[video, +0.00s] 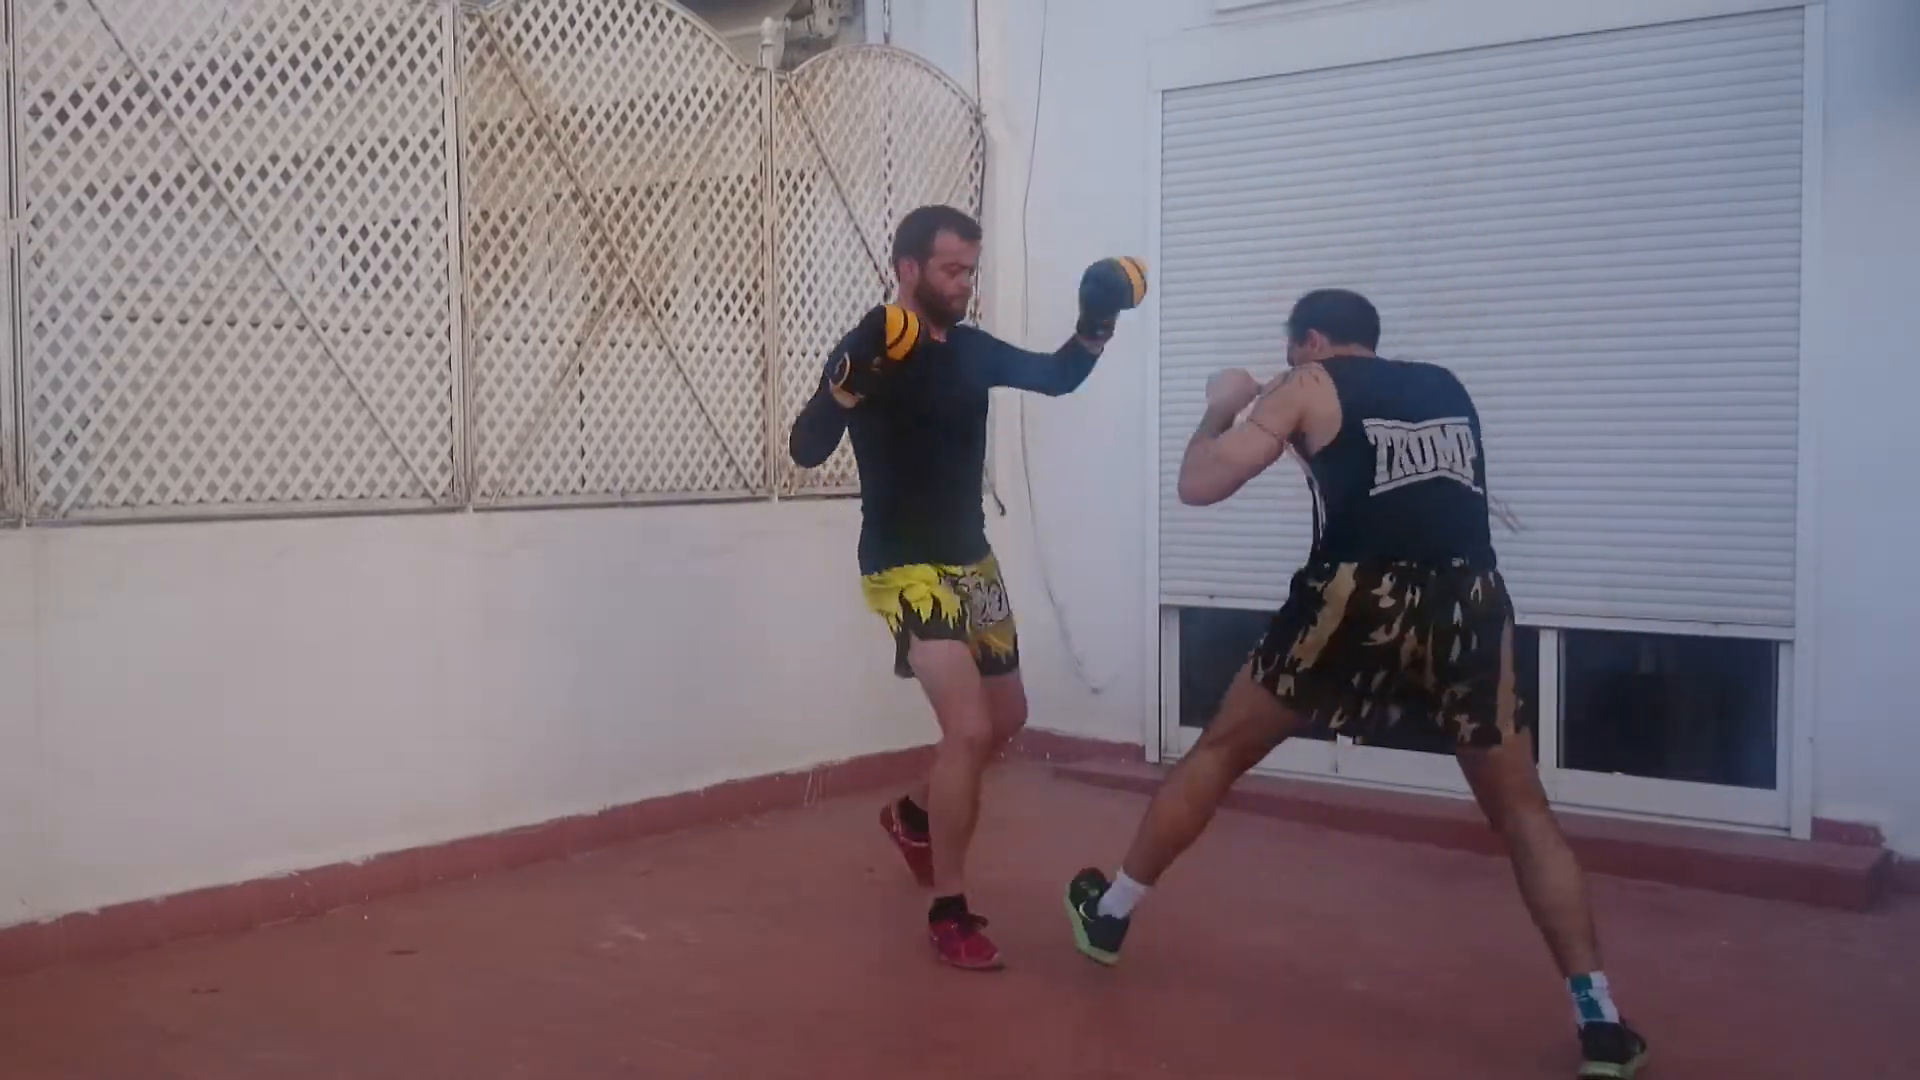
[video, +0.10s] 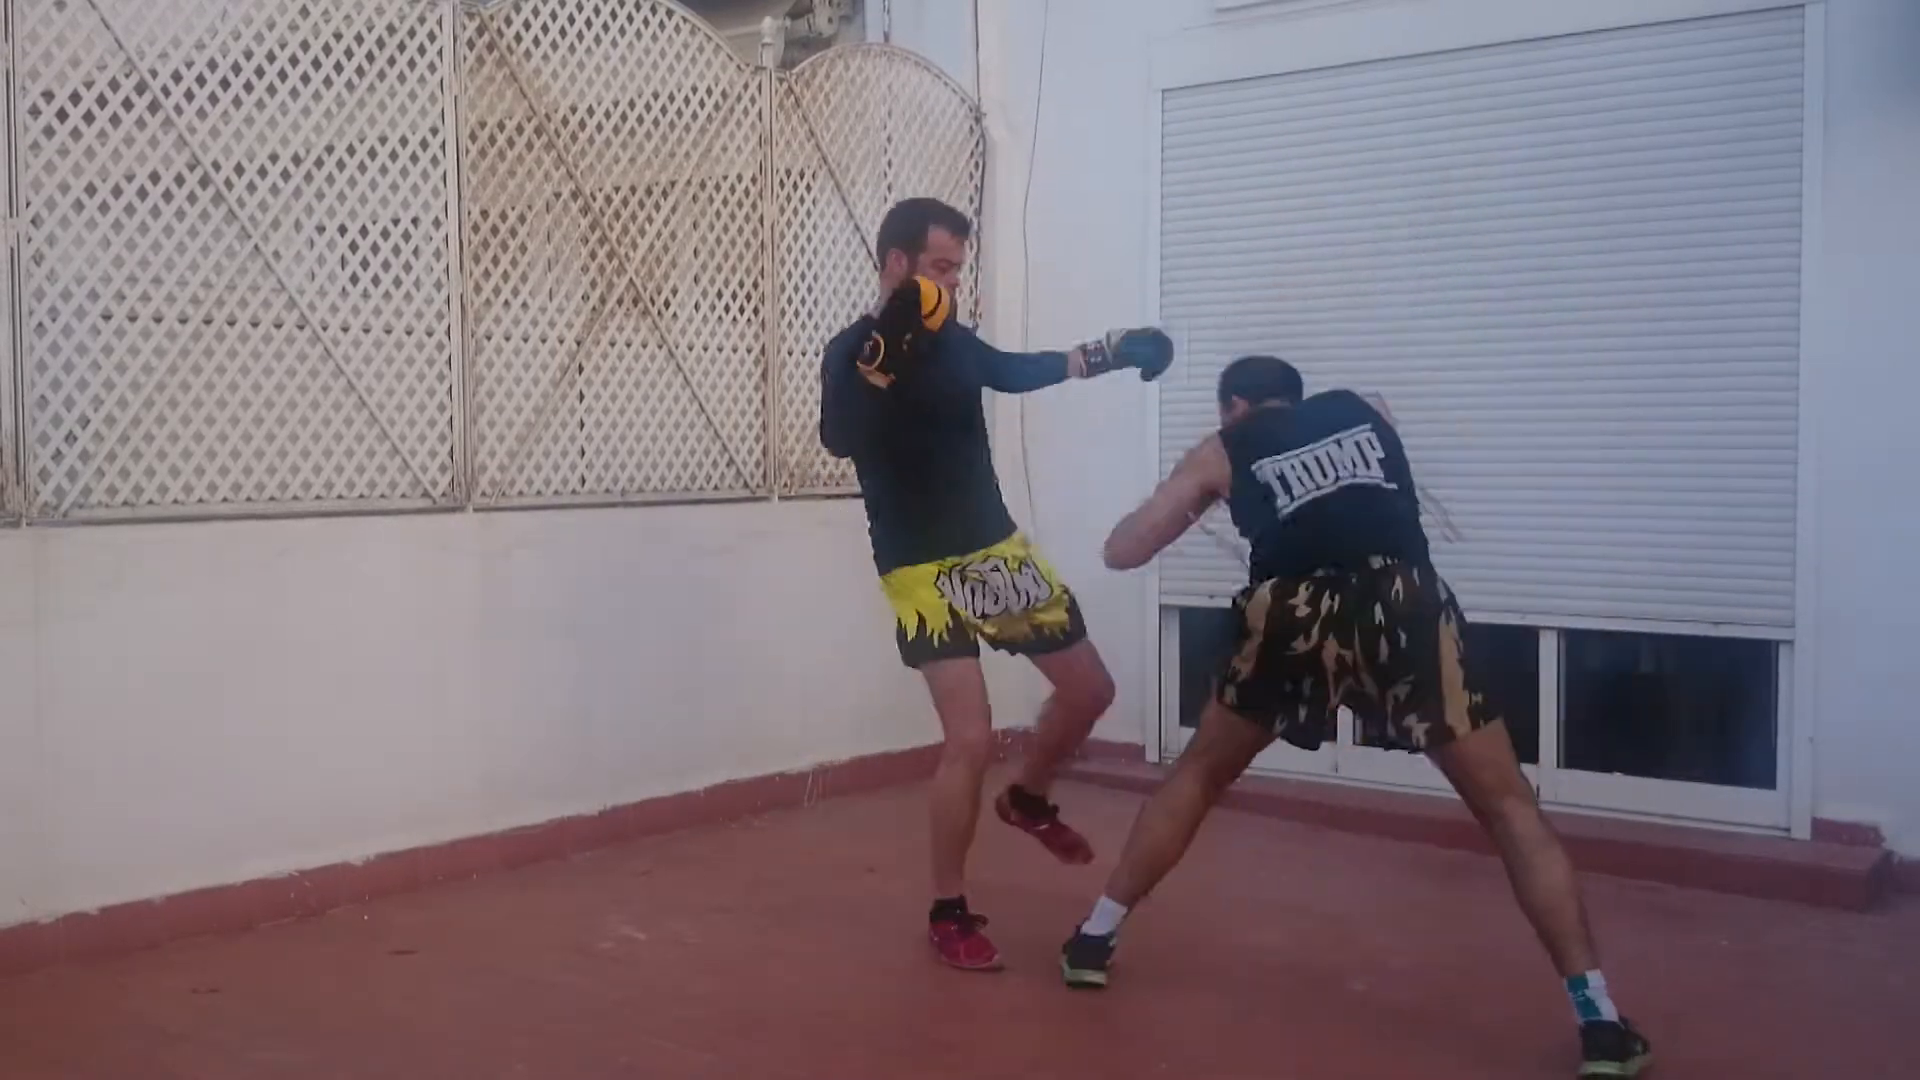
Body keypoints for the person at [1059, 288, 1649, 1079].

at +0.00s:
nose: (1289, 360)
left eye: (1292, 348)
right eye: (1289, 350)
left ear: (1315, 342)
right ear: (1371, 341)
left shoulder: (1305, 388)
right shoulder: (1444, 386)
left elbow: (1197, 483)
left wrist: (1219, 414)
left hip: (1353, 604)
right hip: (1471, 611)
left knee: (1222, 753)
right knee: (1523, 810)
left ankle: (1111, 912)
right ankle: (1599, 1016)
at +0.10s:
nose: (1217, 420)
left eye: (1219, 411)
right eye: (1221, 413)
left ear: (1234, 408)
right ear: (1296, 396)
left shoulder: (1222, 450)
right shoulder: (1366, 408)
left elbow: (1123, 551)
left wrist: (1172, 496)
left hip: (1291, 615)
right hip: (1406, 609)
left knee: (1202, 774)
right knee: (1508, 805)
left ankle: (1095, 934)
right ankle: (1597, 1014)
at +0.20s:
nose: (1160, 459)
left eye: (1160, 447)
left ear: (1166, 447)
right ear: (1223, 420)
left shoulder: (1156, 488)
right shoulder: (1286, 423)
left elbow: (1090, 598)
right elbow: (1363, 508)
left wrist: (1113, 603)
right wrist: (1295, 464)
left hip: (1231, 601)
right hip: (1344, 585)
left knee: (1159, 758)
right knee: (1465, 791)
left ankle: (1088, 933)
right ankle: (1569, 999)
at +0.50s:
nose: (1237, 312)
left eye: (1234, 305)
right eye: (1224, 303)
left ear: (1176, 335)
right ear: (1197, 320)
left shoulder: (1166, 435)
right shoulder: (1198, 344)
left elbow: (1230, 548)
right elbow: (1321, 327)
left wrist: (1337, 546)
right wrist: (1264, 365)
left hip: (1173, 587)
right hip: (1236, 556)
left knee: (1209, 777)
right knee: (1349, 755)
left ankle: (1069, 919)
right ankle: (1362, 990)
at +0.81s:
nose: (1269, 295)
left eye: (1273, 290)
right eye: (1255, 284)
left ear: (1273, 319)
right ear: (1218, 299)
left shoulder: (1271, 411)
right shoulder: (1175, 329)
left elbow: (1328, 499)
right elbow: (1134, 215)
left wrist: (1317, 393)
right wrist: (1232, 260)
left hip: (1204, 558)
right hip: (1181, 544)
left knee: (1187, 774)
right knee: (1258, 751)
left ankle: (1051, 914)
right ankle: (1298, 978)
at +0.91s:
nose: (1264, 279)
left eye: (1274, 276)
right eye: (1251, 265)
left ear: (1277, 303)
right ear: (1221, 271)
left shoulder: (1247, 401)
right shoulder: (1194, 315)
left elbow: (1312, 493)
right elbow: (1241, 197)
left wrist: (1340, 395)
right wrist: (1309, 281)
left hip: (1171, 561)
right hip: (1200, 551)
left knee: (1178, 762)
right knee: (1287, 745)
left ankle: (1046, 907)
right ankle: (1303, 968)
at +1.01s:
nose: (1301, 302)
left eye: (1304, 294)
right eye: (1293, 285)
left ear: (1275, 303)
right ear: (1260, 277)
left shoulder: (1241, 383)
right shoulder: (1232, 304)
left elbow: (1288, 503)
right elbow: (1335, 232)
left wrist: (1344, 412)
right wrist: (1351, 314)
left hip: (1162, 545)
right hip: (1217, 536)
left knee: (1164, 747)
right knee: (1347, 715)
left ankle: (1046, 900)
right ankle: (1322, 933)